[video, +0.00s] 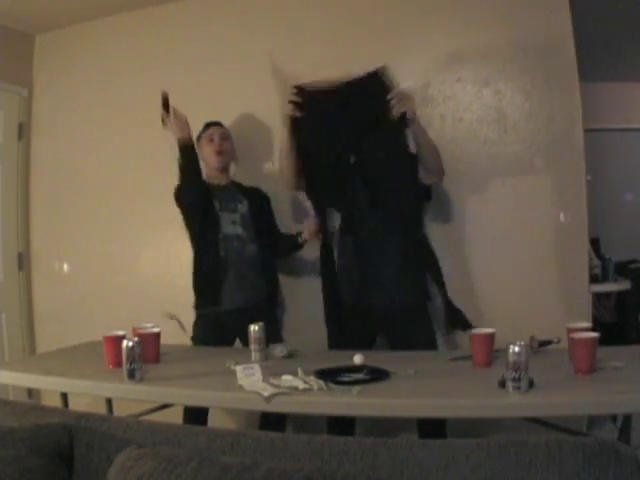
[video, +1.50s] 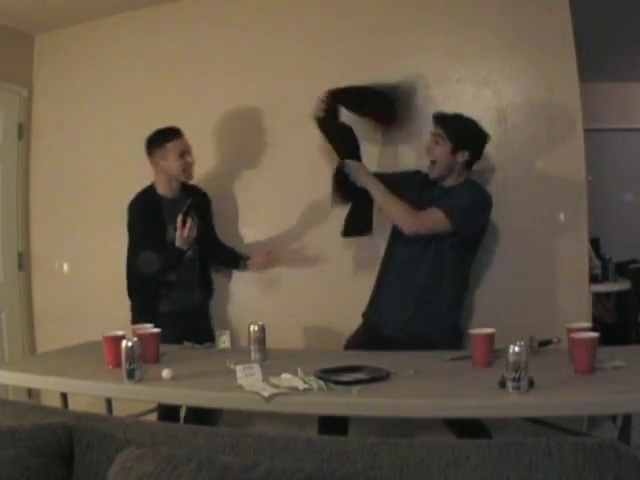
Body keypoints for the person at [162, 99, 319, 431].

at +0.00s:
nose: (219, 145)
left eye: (225, 139)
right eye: (211, 140)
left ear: (234, 149)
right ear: (199, 154)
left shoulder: (256, 198)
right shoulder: (195, 197)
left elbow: (274, 247)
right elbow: (189, 189)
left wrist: (301, 238)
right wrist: (184, 144)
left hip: (259, 306)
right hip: (215, 308)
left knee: (273, 388)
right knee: (199, 388)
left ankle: (269, 458)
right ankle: (190, 455)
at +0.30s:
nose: (197, 150)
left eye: (202, 145)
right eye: (189, 145)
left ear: (209, 154)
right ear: (176, 154)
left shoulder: (229, 200)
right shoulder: (164, 203)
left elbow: (245, 251)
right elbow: (177, 240)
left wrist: (275, 243)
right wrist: (174, 181)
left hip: (238, 308)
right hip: (194, 312)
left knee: (253, 387)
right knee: (190, 391)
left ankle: (264, 456)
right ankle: (191, 459)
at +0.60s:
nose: (191, 149)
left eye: (193, 142)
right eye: (181, 143)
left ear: (198, 149)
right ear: (164, 153)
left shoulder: (219, 192)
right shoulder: (155, 198)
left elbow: (241, 243)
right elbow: (165, 230)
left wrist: (266, 234)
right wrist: (159, 174)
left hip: (232, 302)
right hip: (187, 306)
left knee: (250, 382)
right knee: (188, 387)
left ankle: (261, 455)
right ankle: (190, 455)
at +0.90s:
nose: (149, 155)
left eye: (146, 148)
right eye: (140, 151)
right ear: (119, 164)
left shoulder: (164, 190)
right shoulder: (113, 211)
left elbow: (194, 229)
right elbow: (147, 253)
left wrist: (237, 214)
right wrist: (186, 214)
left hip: (204, 294)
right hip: (168, 309)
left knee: (255, 340)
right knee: (172, 379)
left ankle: (270, 424)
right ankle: (167, 448)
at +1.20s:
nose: (143, 152)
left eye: (139, 146)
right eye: (133, 149)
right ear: (115, 165)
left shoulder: (166, 197)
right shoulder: (116, 213)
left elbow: (200, 240)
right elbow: (142, 264)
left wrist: (243, 226)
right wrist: (178, 233)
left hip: (208, 305)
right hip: (167, 316)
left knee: (223, 382)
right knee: (172, 392)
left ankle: (197, 443)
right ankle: (165, 451)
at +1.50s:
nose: (189, 159)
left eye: (188, 153)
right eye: (180, 155)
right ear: (157, 164)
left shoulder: (198, 199)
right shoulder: (142, 206)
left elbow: (210, 248)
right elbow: (144, 267)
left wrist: (245, 261)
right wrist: (179, 247)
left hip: (196, 311)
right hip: (158, 316)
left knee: (206, 391)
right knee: (169, 394)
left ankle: (198, 456)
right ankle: (167, 459)